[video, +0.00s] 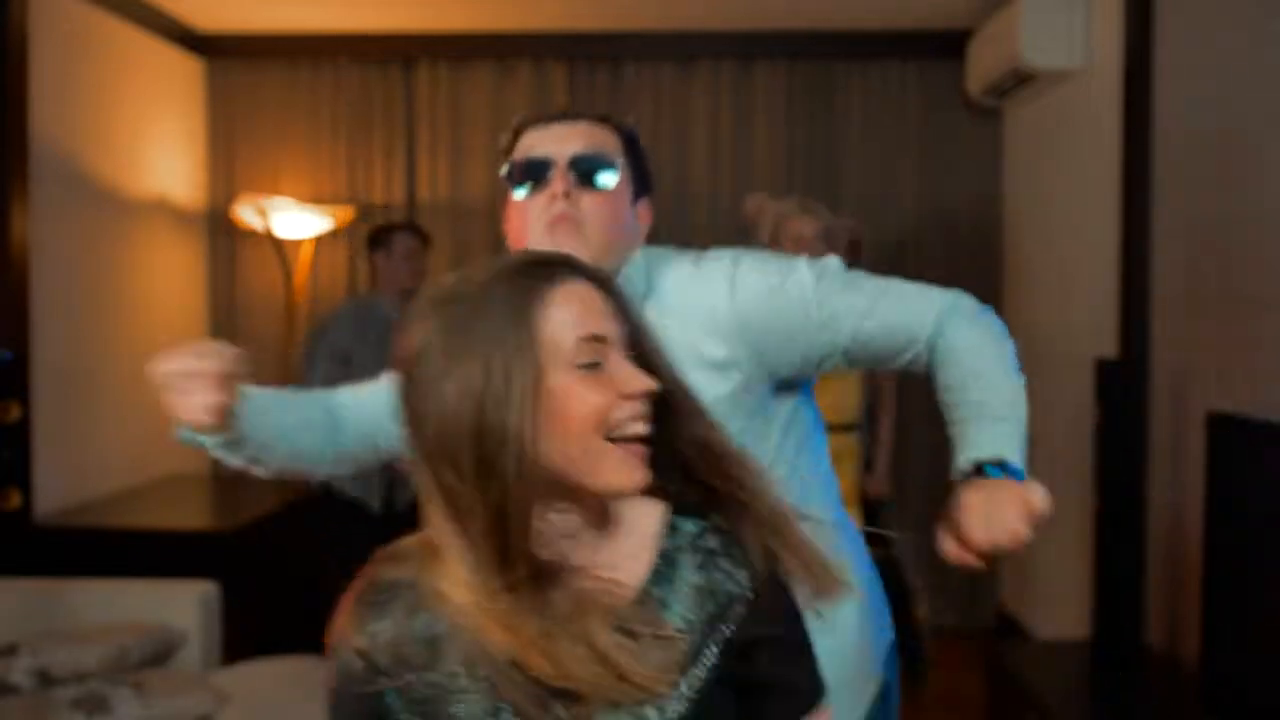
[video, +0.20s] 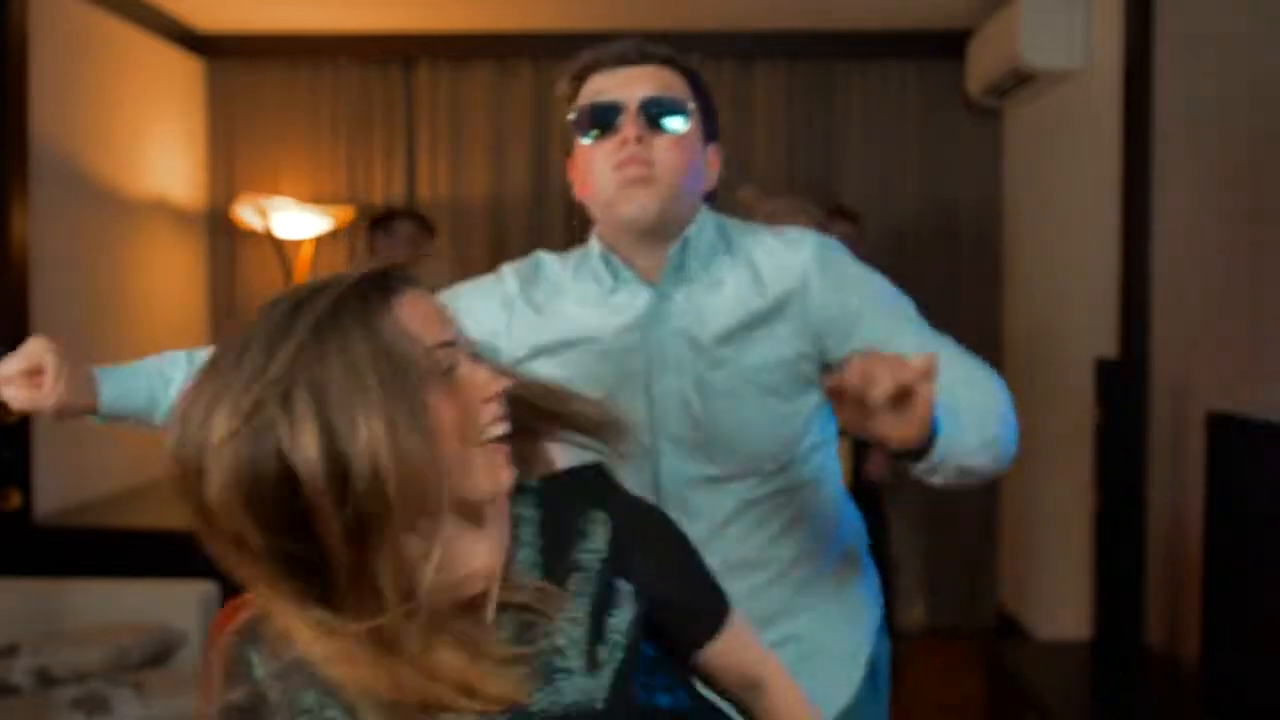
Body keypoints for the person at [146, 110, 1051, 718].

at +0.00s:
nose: (556, 196)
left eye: (588, 177)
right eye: (530, 180)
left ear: (641, 211)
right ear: (500, 215)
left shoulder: (717, 291)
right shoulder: (486, 340)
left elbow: (955, 321)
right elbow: (359, 422)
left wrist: (991, 465)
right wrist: (234, 413)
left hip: (806, 661)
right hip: (599, 668)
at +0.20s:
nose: (632, 136)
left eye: (662, 116)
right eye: (602, 121)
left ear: (712, 156)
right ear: (573, 170)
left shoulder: (805, 276)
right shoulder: (513, 304)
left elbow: (990, 422)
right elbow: (308, 377)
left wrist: (928, 414)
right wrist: (91, 385)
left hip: (816, 669)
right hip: (600, 676)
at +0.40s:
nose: (709, 168)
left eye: (739, 148)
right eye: (676, 155)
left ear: (782, 191)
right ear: (648, 208)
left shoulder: (850, 352)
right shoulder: (565, 321)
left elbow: (951, 600)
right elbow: (378, 403)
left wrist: (885, 451)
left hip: (798, 692)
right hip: (621, 688)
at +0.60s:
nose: (760, 242)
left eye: (788, 220)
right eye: (726, 228)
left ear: (828, 262)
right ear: (692, 275)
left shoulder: (864, 420)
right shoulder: (597, 373)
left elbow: (926, 655)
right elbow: (451, 441)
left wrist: (889, 454)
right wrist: (291, 402)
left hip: (785, 713)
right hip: (618, 703)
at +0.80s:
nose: (735, 193)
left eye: (764, 175)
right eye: (705, 179)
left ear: (805, 218)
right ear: (672, 226)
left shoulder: (852, 365)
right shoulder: (591, 325)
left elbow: (977, 547)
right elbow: (431, 389)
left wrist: (901, 359)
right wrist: (382, 317)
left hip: (783, 704)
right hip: (612, 697)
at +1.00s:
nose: (683, 134)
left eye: (713, 117)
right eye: (652, 115)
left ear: (747, 158)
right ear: (615, 154)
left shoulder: (825, 277)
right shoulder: (558, 266)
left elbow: (1026, 393)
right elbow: (343, 293)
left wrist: (918, 287)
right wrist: (424, 246)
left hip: (779, 685)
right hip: (604, 676)